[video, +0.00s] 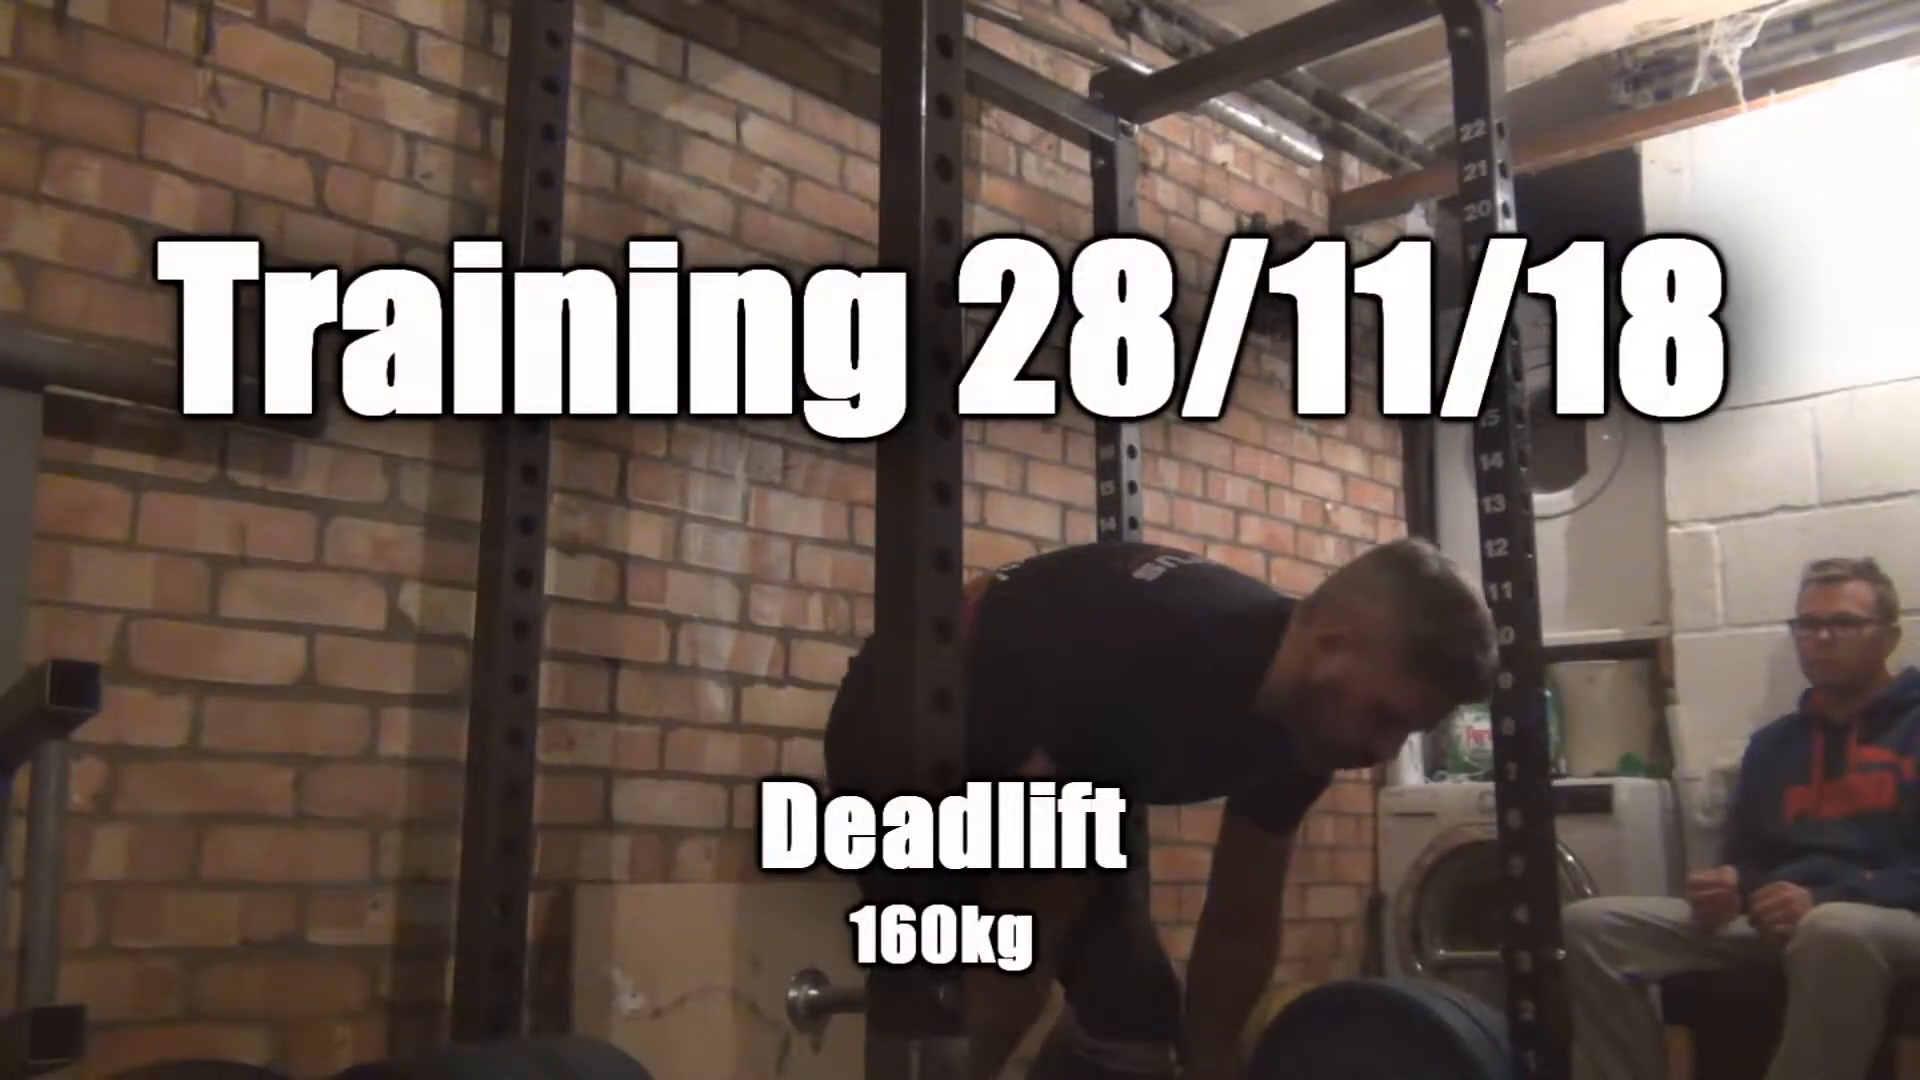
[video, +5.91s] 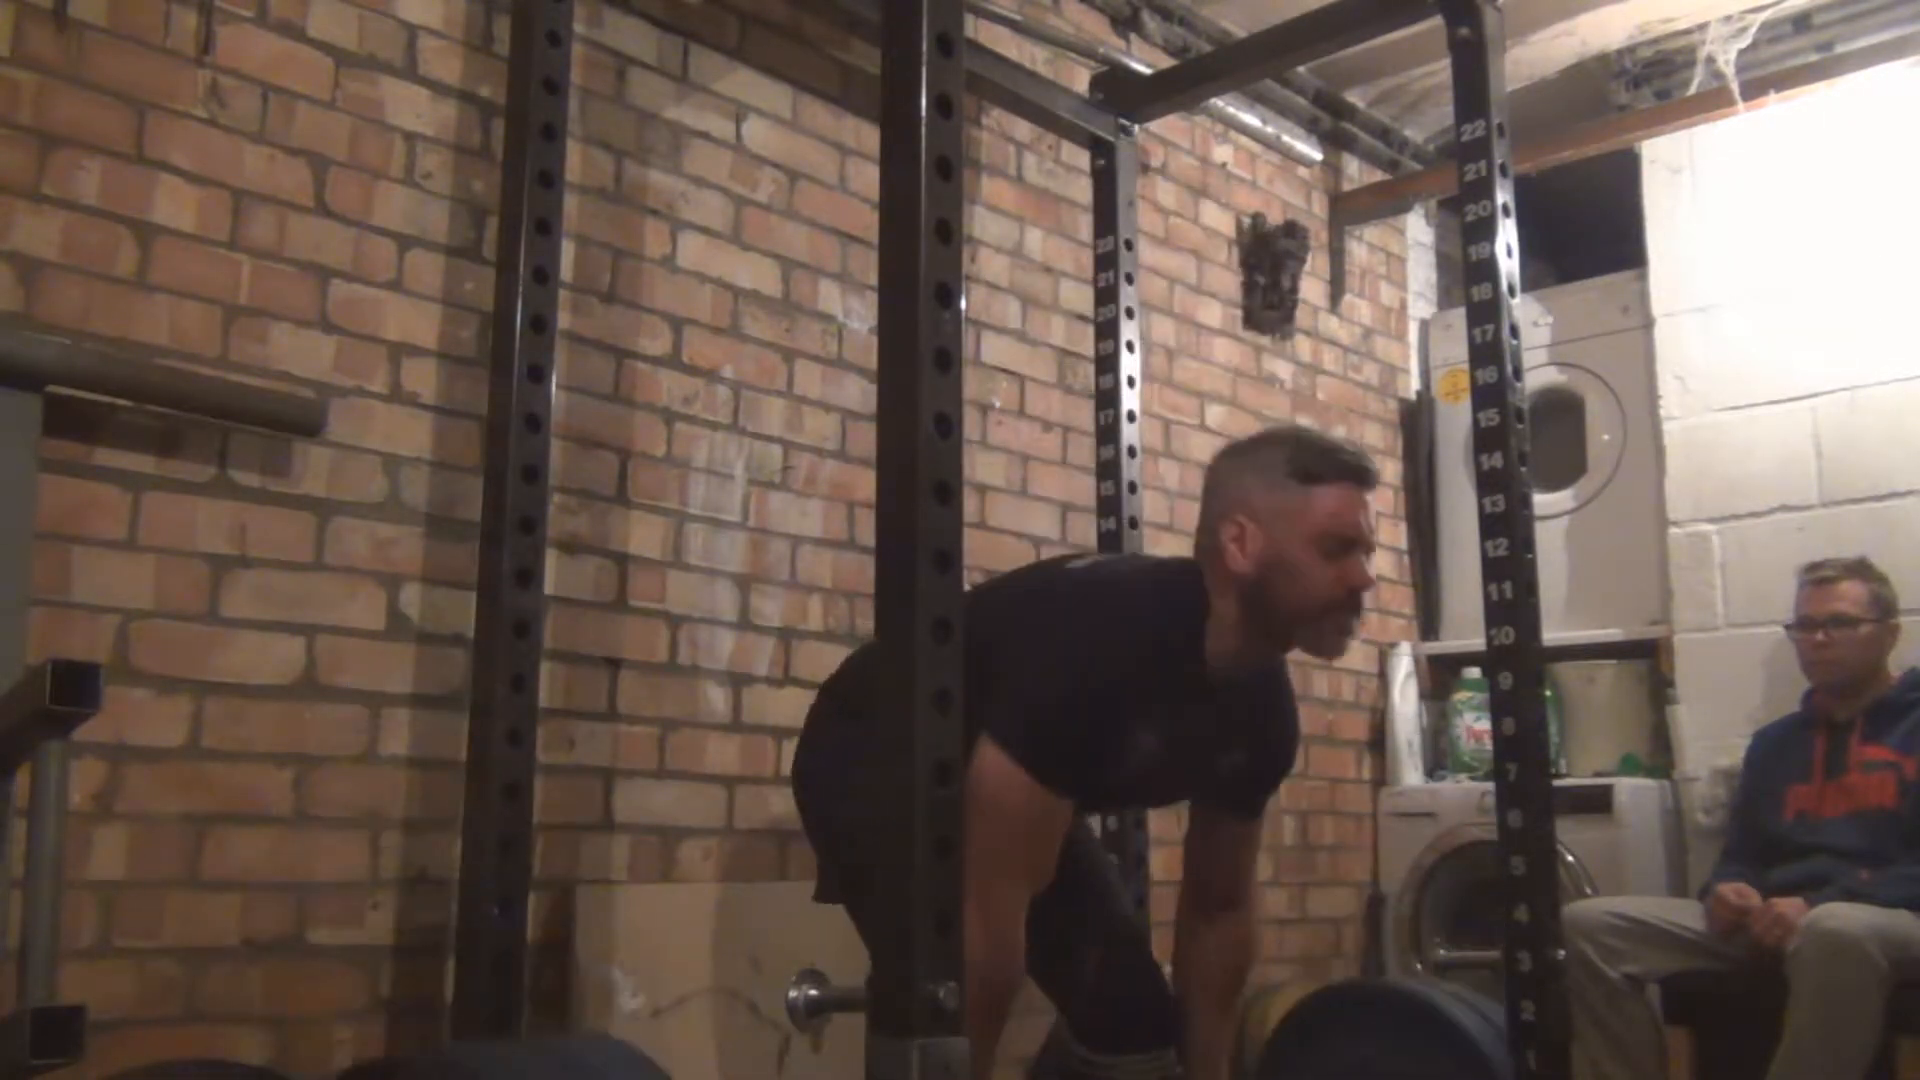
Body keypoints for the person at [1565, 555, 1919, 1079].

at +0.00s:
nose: (1821, 638)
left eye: (1843, 624)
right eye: (1808, 624)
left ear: (1889, 636)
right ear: (1794, 633)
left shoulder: (1911, 723)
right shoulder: (1772, 744)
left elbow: (1912, 873)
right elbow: (1744, 859)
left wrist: (1820, 900)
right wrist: (1729, 889)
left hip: (1893, 920)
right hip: (1772, 920)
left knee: (1832, 936)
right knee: (1588, 928)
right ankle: (1626, 1073)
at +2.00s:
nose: (1822, 638)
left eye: (1844, 624)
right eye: (1809, 624)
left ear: (1890, 636)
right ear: (1794, 634)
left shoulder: (1914, 723)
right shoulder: (1772, 744)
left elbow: (1914, 873)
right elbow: (1745, 858)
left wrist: (1820, 900)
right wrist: (1729, 888)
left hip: (1894, 920)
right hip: (1770, 921)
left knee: (1833, 935)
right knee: (1589, 929)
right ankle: (1629, 1072)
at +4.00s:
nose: (1824, 638)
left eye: (1846, 624)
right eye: (1811, 624)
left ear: (1891, 636)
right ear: (1795, 634)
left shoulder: (1912, 723)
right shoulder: (1773, 745)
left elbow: (1912, 876)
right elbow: (1746, 856)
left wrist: (1819, 901)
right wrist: (1730, 884)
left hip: (1894, 920)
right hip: (1772, 919)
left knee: (1833, 936)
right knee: (1590, 928)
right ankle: (1625, 1073)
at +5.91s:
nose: (1817, 639)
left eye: (1838, 624)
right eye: (1805, 625)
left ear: (1889, 635)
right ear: (1792, 635)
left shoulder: (1913, 722)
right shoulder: (1775, 742)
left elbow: (1914, 870)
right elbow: (1740, 853)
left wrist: (1817, 905)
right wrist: (1726, 891)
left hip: (1892, 917)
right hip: (1766, 917)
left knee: (1834, 936)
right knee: (1587, 929)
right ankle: (1629, 1073)